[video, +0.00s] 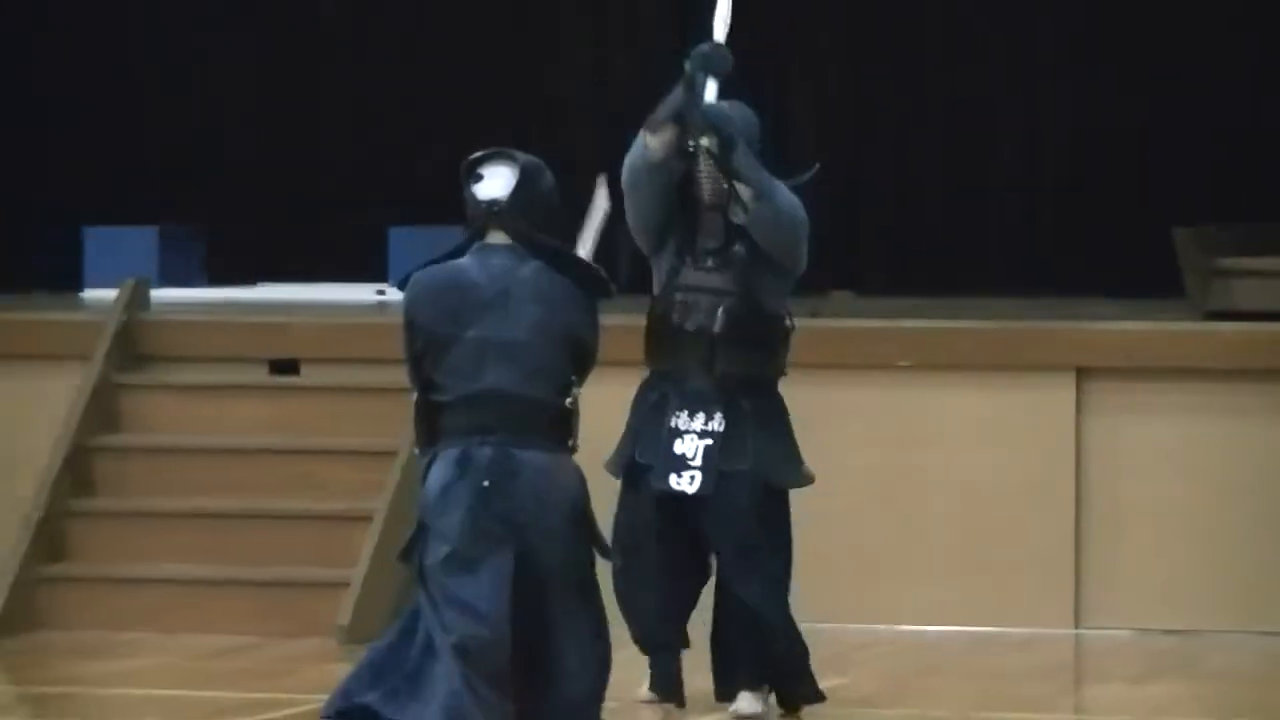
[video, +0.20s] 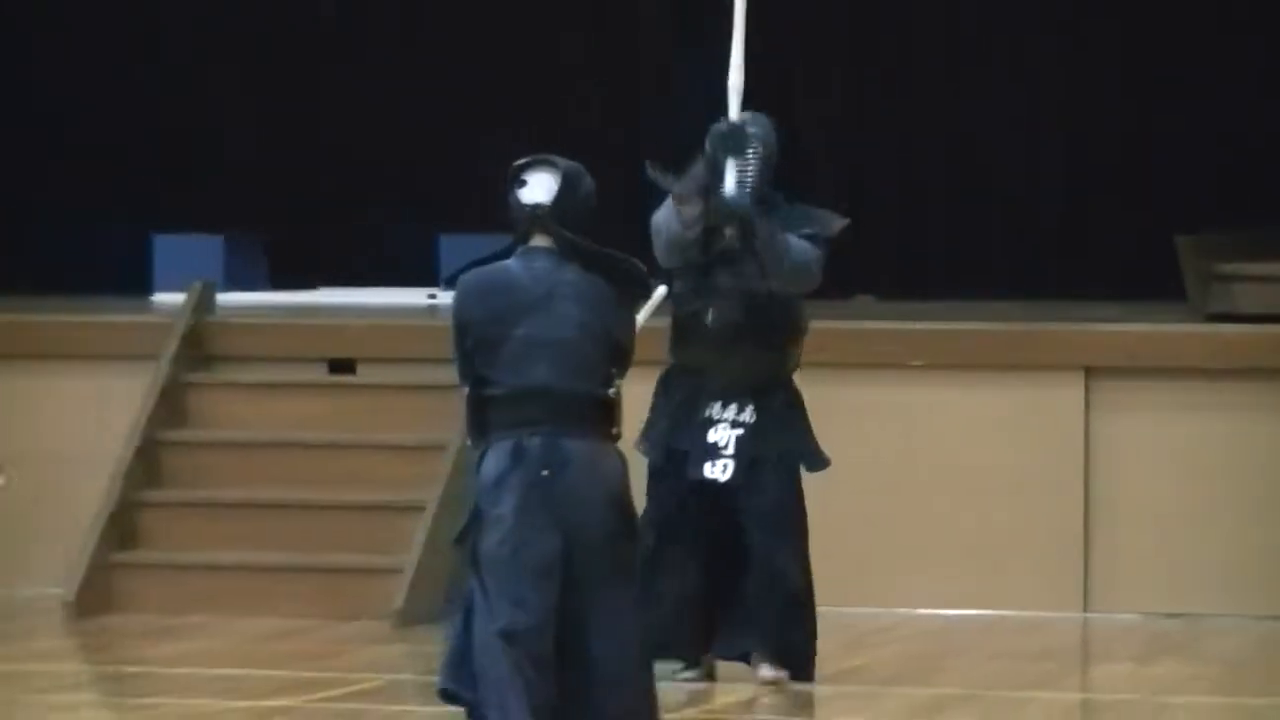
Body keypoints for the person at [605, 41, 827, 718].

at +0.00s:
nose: (705, 175)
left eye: (717, 161)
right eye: (697, 162)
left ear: (743, 161)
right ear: (685, 166)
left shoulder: (778, 228)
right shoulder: (664, 228)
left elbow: (781, 215)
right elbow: (639, 173)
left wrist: (735, 156)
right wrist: (677, 110)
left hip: (744, 401)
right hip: (667, 397)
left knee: (748, 548)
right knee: (648, 545)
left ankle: (754, 687)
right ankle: (662, 677)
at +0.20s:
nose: (745, 168)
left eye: (756, 156)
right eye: (735, 157)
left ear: (770, 162)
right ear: (716, 160)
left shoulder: (790, 222)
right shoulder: (687, 216)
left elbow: (805, 272)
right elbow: (667, 237)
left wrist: (751, 221)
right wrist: (704, 174)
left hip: (763, 391)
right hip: (691, 389)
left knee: (771, 527)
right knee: (679, 522)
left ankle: (773, 655)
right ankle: (686, 656)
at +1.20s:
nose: (771, 206)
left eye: (779, 197)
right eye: (764, 197)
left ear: (795, 203)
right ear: (752, 201)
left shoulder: (820, 255)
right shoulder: (733, 253)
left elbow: (830, 311)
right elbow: (715, 306)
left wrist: (779, 343)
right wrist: (745, 342)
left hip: (798, 379)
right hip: (745, 378)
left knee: (808, 478)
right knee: (753, 480)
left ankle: (811, 572)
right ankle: (756, 581)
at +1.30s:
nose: (768, 214)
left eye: (776, 204)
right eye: (760, 204)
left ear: (789, 208)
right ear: (748, 208)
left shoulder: (815, 261)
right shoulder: (729, 257)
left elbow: (821, 320)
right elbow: (710, 311)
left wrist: (771, 351)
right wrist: (742, 347)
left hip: (790, 382)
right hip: (739, 381)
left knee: (797, 478)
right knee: (750, 478)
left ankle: (805, 574)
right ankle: (760, 575)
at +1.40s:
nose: (767, 220)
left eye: (774, 211)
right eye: (760, 211)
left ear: (788, 216)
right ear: (747, 215)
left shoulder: (813, 267)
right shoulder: (728, 263)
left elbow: (819, 324)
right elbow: (708, 314)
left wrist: (768, 356)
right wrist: (736, 354)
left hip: (789, 385)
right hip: (736, 384)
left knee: (794, 483)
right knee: (744, 482)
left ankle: (800, 574)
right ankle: (745, 575)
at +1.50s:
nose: (762, 225)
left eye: (770, 216)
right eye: (755, 215)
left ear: (783, 221)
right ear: (743, 220)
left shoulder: (807, 272)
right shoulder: (726, 270)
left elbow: (816, 325)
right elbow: (705, 319)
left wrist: (771, 357)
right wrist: (735, 358)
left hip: (785, 393)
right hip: (734, 394)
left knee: (790, 492)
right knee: (739, 491)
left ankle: (800, 578)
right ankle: (740, 582)